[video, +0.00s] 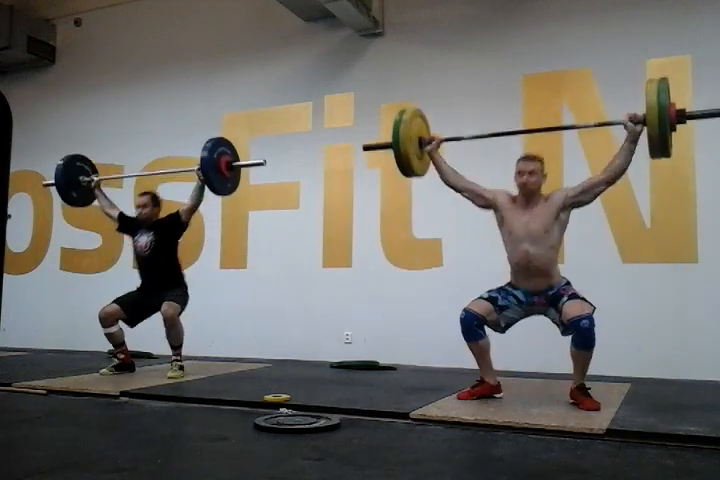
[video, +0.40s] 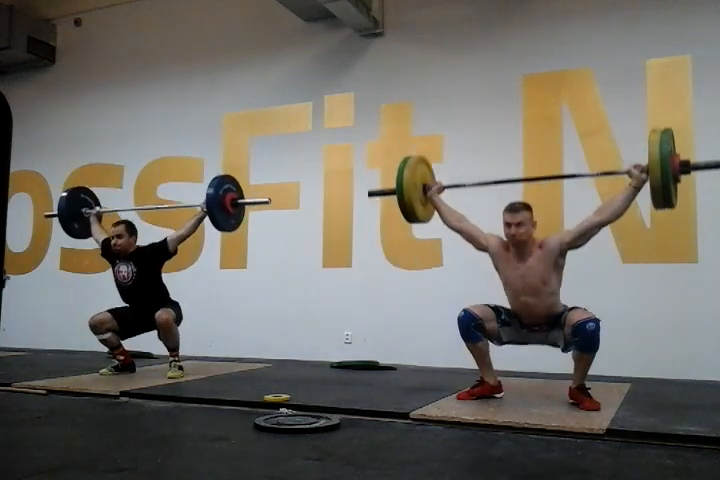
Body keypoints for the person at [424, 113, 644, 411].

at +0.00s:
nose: (525, 179)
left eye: (531, 174)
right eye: (520, 174)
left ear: (543, 178)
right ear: (514, 178)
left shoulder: (560, 202)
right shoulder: (500, 202)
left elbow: (607, 177)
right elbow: (458, 183)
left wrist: (632, 135)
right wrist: (434, 153)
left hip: (555, 292)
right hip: (516, 292)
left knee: (584, 322)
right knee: (470, 318)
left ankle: (578, 388)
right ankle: (489, 382)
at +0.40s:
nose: (513, 231)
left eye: (519, 225)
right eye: (508, 225)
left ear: (533, 225)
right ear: (503, 226)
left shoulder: (555, 247)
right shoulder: (496, 248)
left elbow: (599, 219)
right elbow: (459, 225)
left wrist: (635, 185)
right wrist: (434, 197)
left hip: (554, 324)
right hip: (516, 323)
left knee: (588, 326)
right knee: (468, 318)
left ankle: (578, 389)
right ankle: (489, 382)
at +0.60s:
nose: (515, 253)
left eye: (521, 247)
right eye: (510, 248)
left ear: (534, 245)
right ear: (504, 247)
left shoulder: (556, 266)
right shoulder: (497, 266)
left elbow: (601, 240)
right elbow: (461, 244)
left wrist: (636, 206)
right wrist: (435, 217)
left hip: (552, 341)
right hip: (514, 340)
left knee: (584, 327)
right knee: (468, 320)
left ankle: (577, 389)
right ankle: (490, 383)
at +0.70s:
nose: (515, 254)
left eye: (521, 248)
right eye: (509, 249)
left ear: (534, 245)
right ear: (504, 247)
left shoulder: (556, 267)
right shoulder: (497, 266)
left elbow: (601, 240)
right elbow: (462, 245)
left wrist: (636, 207)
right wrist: (435, 217)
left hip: (551, 342)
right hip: (515, 341)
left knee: (583, 329)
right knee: (467, 322)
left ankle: (577, 389)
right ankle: (490, 383)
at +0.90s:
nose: (514, 234)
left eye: (520, 227)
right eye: (509, 228)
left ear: (533, 225)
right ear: (504, 228)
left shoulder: (556, 246)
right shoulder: (496, 247)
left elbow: (600, 219)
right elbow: (462, 225)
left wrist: (635, 186)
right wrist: (436, 199)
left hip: (553, 324)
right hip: (515, 324)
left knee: (583, 328)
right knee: (469, 322)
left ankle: (577, 389)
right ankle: (489, 383)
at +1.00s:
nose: (515, 218)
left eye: (521, 212)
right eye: (510, 213)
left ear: (534, 210)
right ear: (505, 214)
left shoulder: (556, 232)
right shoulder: (497, 234)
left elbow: (600, 204)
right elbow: (464, 212)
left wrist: (635, 171)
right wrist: (438, 188)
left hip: (555, 310)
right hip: (516, 310)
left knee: (582, 327)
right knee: (470, 321)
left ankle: (577, 389)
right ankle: (489, 383)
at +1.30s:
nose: (518, 167)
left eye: (523, 161)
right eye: (513, 162)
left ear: (536, 160)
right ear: (507, 164)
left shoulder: (557, 183)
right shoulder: (500, 188)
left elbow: (604, 154)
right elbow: (464, 166)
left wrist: (635, 118)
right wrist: (440, 141)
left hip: (556, 270)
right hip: (520, 271)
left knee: (582, 323)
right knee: (473, 315)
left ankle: (578, 388)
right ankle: (489, 382)